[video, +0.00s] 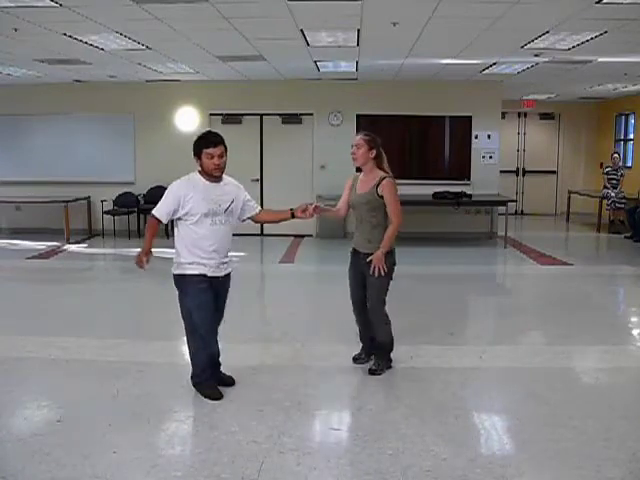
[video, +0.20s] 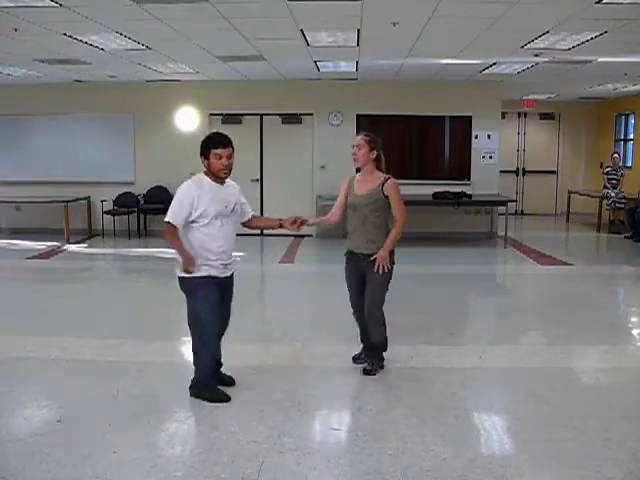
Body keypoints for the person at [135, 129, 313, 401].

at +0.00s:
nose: (218, 162)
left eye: (222, 156)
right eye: (211, 157)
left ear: (226, 156)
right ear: (198, 159)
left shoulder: (234, 189)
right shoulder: (181, 189)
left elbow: (259, 216)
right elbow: (155, 219)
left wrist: (293, 213)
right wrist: (146, 249)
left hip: (221, 271)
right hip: (191, 272)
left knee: (212, 325)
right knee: (200, 327)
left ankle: (213, 370)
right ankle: (202, 379)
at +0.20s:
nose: (227, 163)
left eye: (230, 157)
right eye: (220, 158)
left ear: (233, 158)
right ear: (205, 160)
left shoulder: (232, 190)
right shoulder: (190, 189)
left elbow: (249, 220)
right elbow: (170, 229)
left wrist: (282, 222)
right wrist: (184, 253)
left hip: (224, 273)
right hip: (198, 274)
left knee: (218, 327)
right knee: (205, 330)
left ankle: (212, 371)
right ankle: (202, 384)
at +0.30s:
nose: (230, 163)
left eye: (233, 157)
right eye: (223, 158)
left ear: (236, 158)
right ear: (209, 159)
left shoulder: (231, 189)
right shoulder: (197, 189)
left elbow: (239, 221)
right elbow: (187, 229)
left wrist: (268, 223)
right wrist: (221, 252)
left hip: (226, 272)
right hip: (201, 274)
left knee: (232, 319)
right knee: (206, 328)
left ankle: (215, 368)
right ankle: (201, 383)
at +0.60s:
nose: (245, 161)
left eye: (248, 156)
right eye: (239, 156)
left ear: (250, 157)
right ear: (223, 158)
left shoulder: (232, 185)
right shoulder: (220, 188)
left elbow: (233, 220)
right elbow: (243, 228)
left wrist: (255, 207)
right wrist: (281, 218)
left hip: (234, 271)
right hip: (219, 273)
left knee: (240, 325)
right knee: (216, 330)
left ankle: (242, 374)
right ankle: (201, 384)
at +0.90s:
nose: (261, 162)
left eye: (264, 157)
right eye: (255, 157)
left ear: (267, 158)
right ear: (240, 158)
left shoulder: (246, 184)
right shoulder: (239, 187)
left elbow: (258, 216)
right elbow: (264, 226)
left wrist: (282, 201)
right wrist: (298, 208)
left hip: (245, 267)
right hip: (236, 269)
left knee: (245, 322)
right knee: (252, 323)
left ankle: (242, 373)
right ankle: (215, 371)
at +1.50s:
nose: (277, 162)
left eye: (277, 156)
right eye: (272, 157)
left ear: (260, 160)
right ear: (255, 159)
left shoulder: (256, 182)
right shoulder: (247, 186)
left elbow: (265, 210)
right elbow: (254, 228)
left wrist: (289, 196)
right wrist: (292, 215)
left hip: (254, 268)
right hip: (245, 270)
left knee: (255, 326)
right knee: (252, 328)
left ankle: (254, 376)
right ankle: (247, 387)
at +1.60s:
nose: (275, 161)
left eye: (275, 156)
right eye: (270, 156)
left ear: (256, 159)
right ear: (254, 159)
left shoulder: (251, 182)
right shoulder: (245, 186)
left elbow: (261, 208)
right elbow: (259, 225)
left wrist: (283, 193)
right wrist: (296, 210)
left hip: (250, 266)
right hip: (241, 269)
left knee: (253, 324)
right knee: (249, 325)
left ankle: (251, 373)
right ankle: (238, 379)